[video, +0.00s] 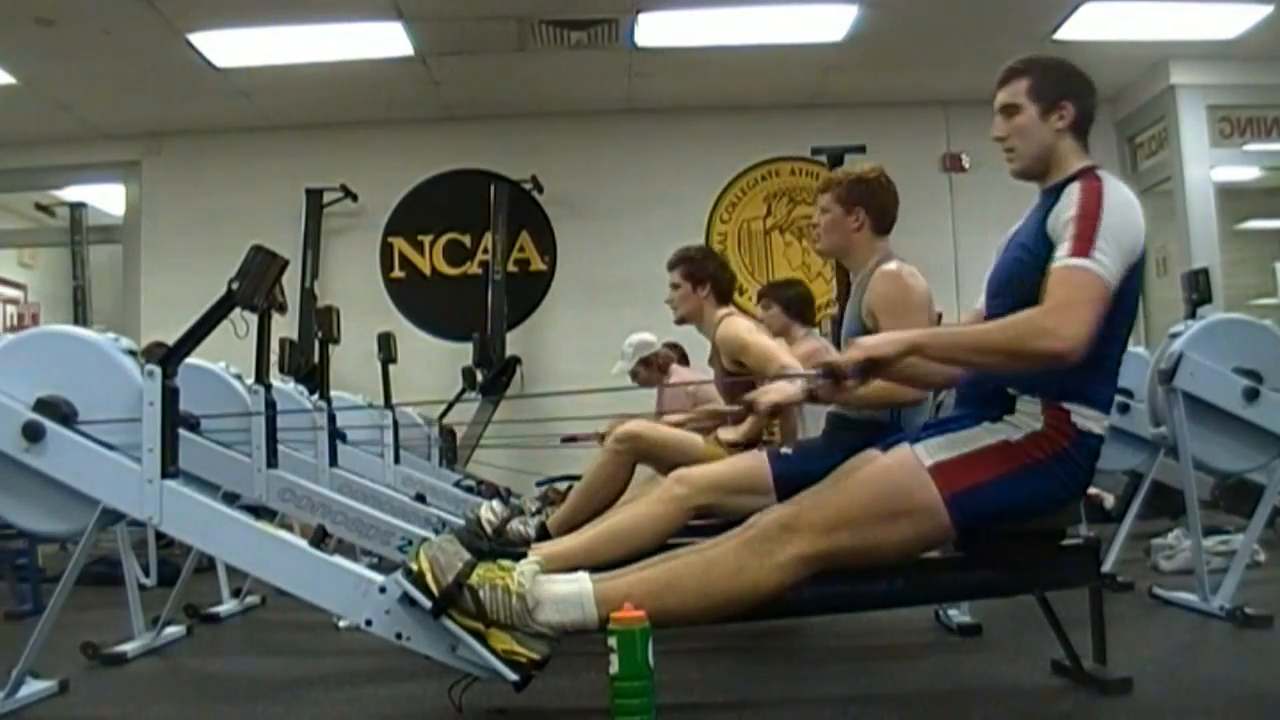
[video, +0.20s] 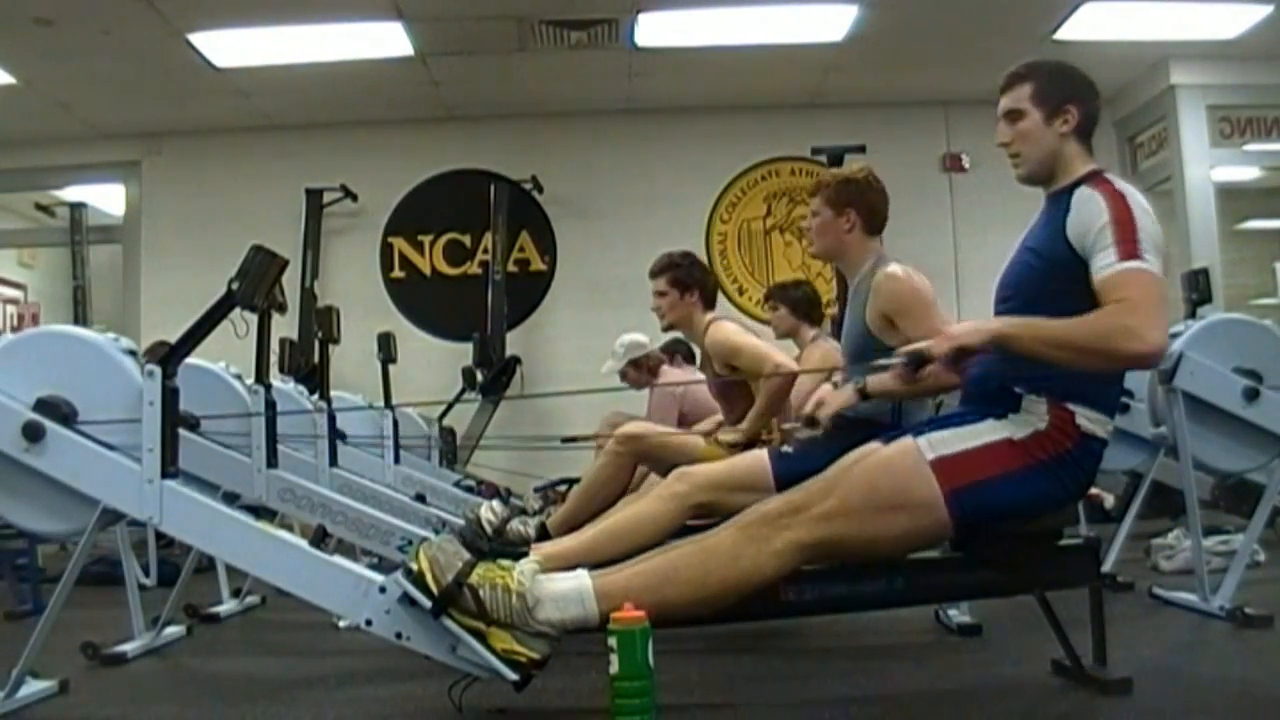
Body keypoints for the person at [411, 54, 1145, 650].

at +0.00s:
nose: (997, 134)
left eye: (1010, 116)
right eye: (996, 119)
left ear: (1063, 116)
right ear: (1039, 123)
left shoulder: (1096, 197)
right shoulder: (1044, 222)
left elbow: (1063, 334)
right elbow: (974, 367)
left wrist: (899, 350)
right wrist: (850, 376)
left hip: (1034, 429)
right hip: (986, 422)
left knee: (796, 532)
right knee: (777, 523)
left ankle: (557, 611)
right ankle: (555, 597)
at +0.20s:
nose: (1001, 139)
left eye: (1012, 121)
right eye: (1000, 125)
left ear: (1066, 119)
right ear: (1048, 127)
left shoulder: (1101, 196)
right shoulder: (1057, 216)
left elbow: (1142, 334)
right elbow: (1007, 360)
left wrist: (993, 331)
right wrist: (903, 381)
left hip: (1045, 432)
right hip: (1003, 422)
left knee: (799, 520)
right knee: (778, 511)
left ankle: (552, 606)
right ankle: (549, 602)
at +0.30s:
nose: (995, 137)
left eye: (1008, 119)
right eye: (994, 124)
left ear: (1061, 119)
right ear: (1040, 131)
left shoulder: (1101, 200)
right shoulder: (1053, 218)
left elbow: (1177, 332)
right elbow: (975, 358)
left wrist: (1026, 325)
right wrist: (864, 390)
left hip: (1039, 434)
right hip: (990, 424)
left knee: (801, 516)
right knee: (781, 505)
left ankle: (561, 606)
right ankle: (555, 597)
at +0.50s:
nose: (973, 140)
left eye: (985, 121)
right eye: (971, 126)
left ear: (1038, 117)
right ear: (1012, 126)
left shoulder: (1086, 198)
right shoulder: (1040, 213)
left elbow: (1166, 344)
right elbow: (1062, 341)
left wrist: (1018, 345)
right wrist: (972, 364)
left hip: (1042, 436)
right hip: (1002, 425)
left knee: (800, 513)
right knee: (782, 502)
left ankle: (566, 606)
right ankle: (560, 593)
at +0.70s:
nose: (933, 132)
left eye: (946, 113)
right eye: (931, 119)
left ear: (999, 113)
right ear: (979, 123)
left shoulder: (1044, 196)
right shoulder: (993, 216)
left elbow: (1038, 369)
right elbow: (986, 362)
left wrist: (885, 391)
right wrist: (879, 405)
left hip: (1035, 438)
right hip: (990, 431)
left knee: (788, 508)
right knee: (761, 496)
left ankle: (554, 605)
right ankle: (551, 597)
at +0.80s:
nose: (899, 133)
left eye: (912, 114)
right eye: (899, 119)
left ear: (967, 116)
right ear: (945, 123)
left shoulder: (1013, 194)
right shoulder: (952, 228)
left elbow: (966, 364)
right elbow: (914, 351)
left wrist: (811, 416)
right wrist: (801, 410)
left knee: (775, 486)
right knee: (716, 461)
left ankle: (555, 607)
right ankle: (538, 579)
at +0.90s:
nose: (853, 135)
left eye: (866, 116)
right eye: (854, 119)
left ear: (919, 119)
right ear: (907, 124)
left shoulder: (970, 197)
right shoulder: (916, 220)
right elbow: (860, 353)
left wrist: (732, 429)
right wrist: (736, 417)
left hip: (1015, 439)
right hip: (965, 432)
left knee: (752, 462)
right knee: (739, 460)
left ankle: (556, 603)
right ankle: (549, 595)